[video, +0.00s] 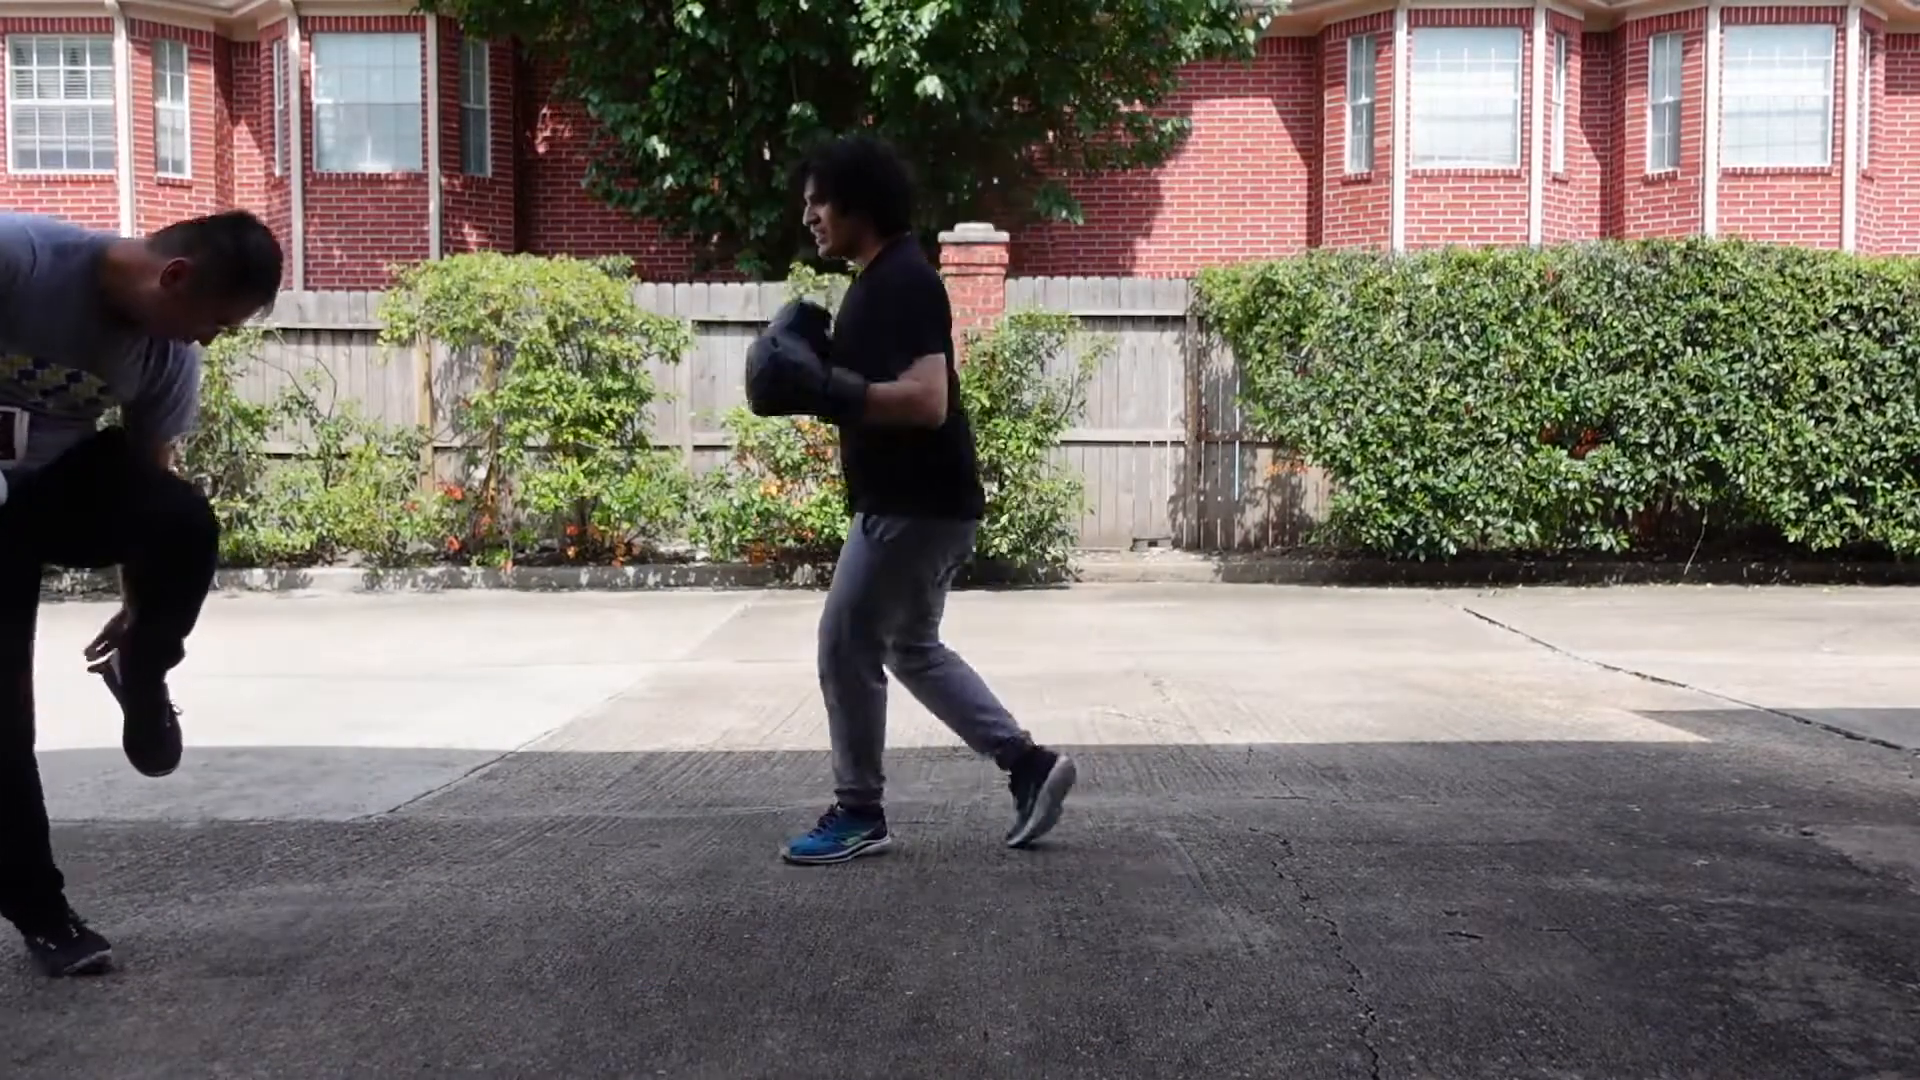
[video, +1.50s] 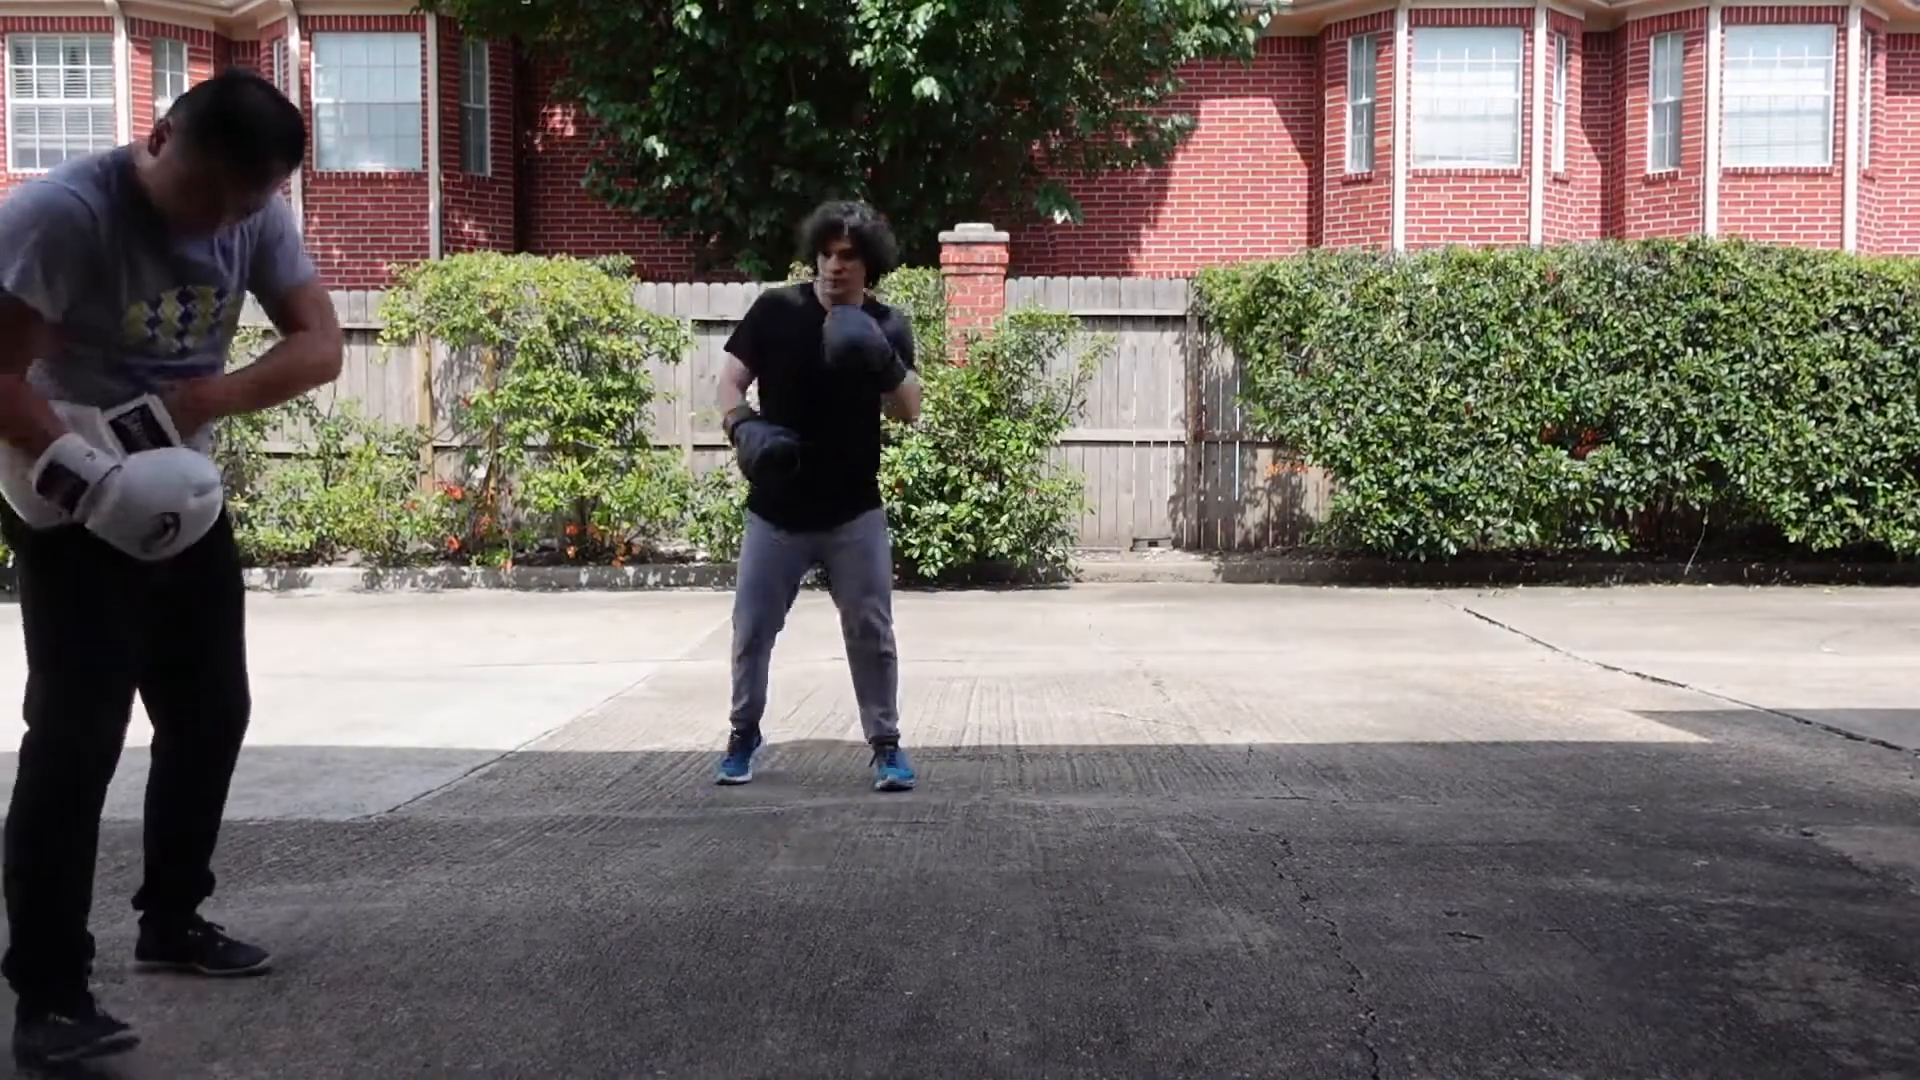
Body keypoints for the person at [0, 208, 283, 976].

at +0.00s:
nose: (207, 342)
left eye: (223, 331)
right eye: (214, 323)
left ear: (177, 277)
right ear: (175, 275)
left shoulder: (165, 361)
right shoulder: (20, 260)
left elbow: (150, 492)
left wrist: (136, 607)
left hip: (65, 492)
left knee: (183, 520)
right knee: (3, 719)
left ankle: (140, 667)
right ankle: (41, 915)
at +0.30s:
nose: (183, 335)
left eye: (199, 322)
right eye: (182, 314)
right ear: (133, 266)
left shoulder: (161, 348)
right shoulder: (11, 270)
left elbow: (153, 480)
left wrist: (136, 600)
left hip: (65, 470)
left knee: (194, 489)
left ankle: (166, 663)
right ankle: (41, 909)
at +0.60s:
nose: (168, 365)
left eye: (184, 353)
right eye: (162, 348)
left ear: (198, 327)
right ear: (113, 293)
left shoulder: (183, 363)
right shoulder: (15, 282)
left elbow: (171, 490)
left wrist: (152, 602)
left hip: (77, 474)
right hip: (0, 493)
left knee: (198, 454)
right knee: (2, 709)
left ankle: (180, 661)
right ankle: (41, 908)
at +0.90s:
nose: (156, 341)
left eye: (171, 333)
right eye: (150, 325)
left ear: (202, 307)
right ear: (117, 264)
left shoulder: (199, 294)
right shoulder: (16, 269)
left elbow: (215, 399)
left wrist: (252, 512)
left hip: (128, 497)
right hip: (18, 510)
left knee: (213, 658)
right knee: (13, 709)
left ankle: (207, 873)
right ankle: (45, 910)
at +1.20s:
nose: (215, 244)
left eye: (235, 233)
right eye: (207, 226)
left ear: (259, 214)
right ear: (168, 170)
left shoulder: (260, 239)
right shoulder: (49, 219)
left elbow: (311, 373)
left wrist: (213, 390)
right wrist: (12, 428)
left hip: (182, 507)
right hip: (52, 511)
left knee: (201, 718)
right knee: (41, 719)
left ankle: (173, 920)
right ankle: (33, 901)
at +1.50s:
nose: (231, 218)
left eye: (249, 202)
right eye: (219, 197)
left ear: (264, 182)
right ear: (169, 143)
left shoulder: (256, 211)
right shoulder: (59, 213)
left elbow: (319, 347)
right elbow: (5, 371)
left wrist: (197, 401)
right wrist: (86, 473)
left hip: (187, 508)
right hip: (70, 514)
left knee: (210, 717)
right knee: (72, 746)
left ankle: (170, 919)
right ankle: (48, 999)